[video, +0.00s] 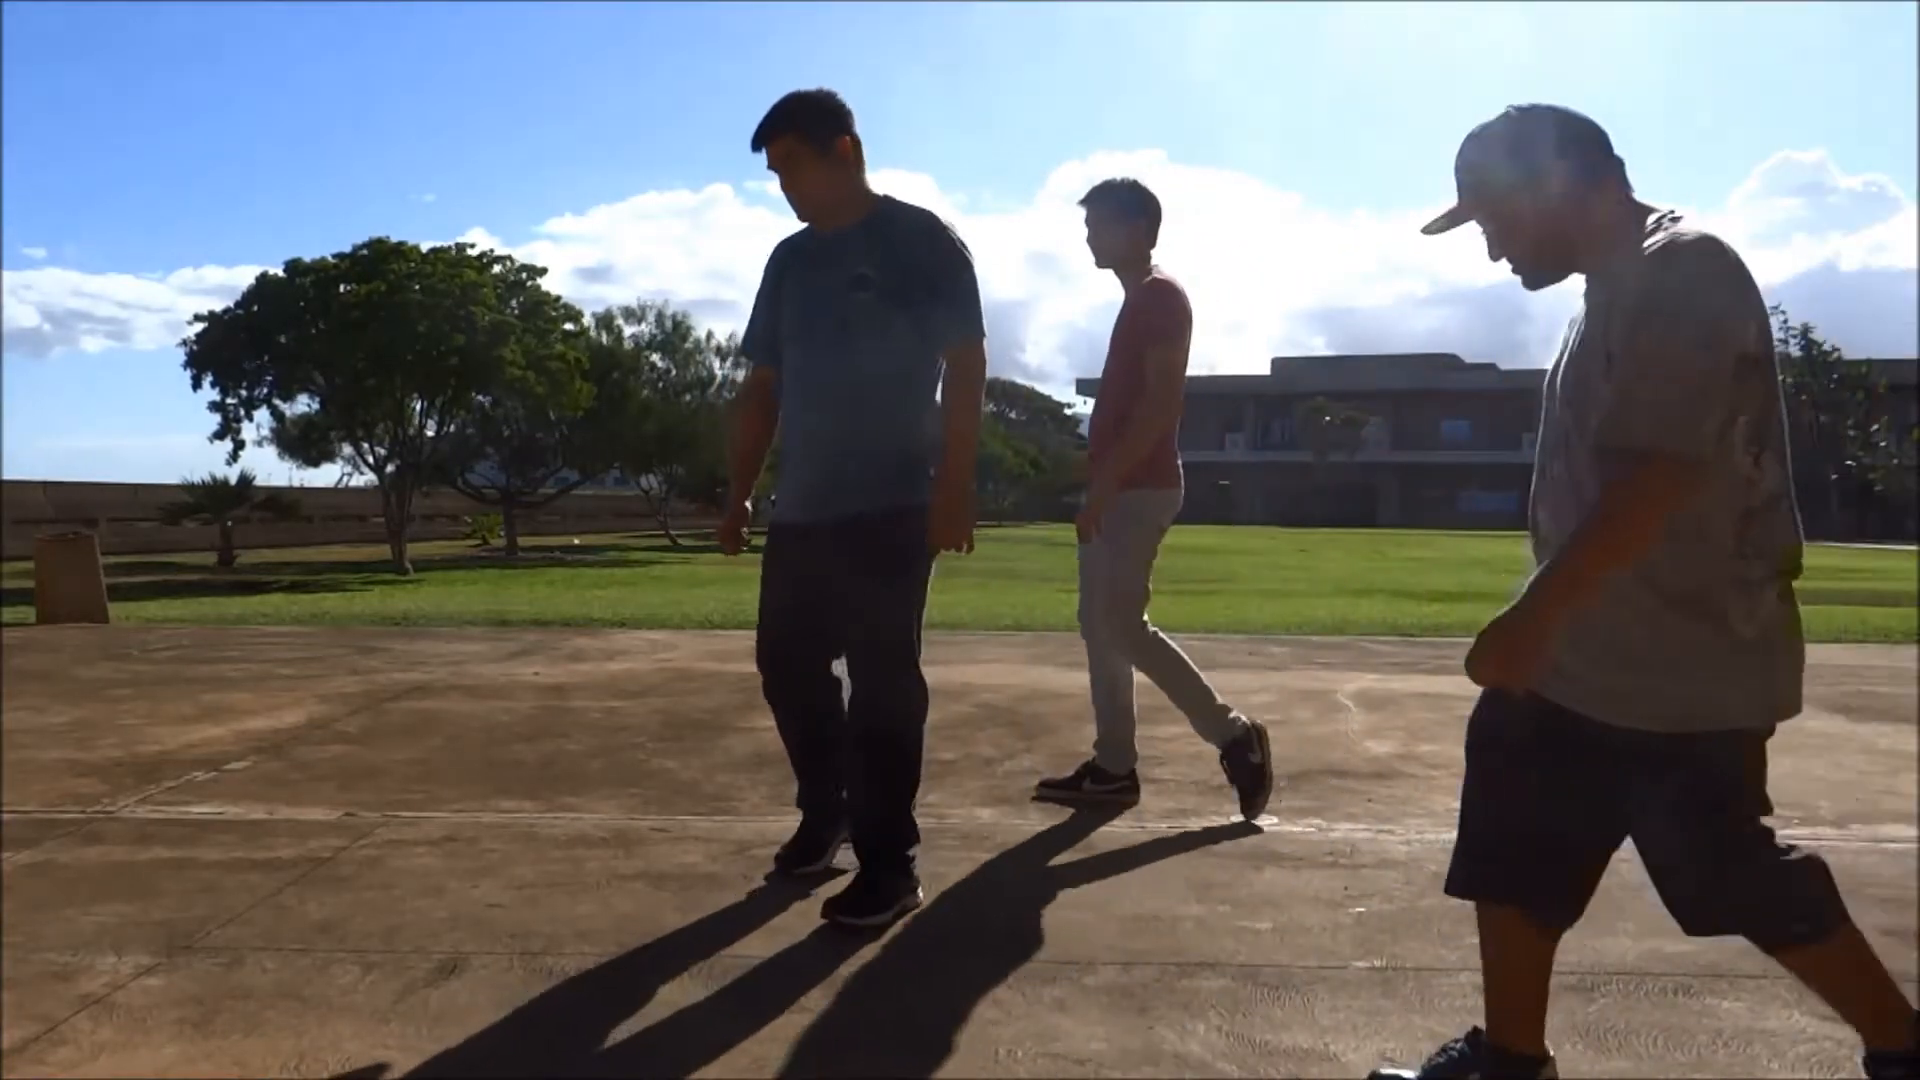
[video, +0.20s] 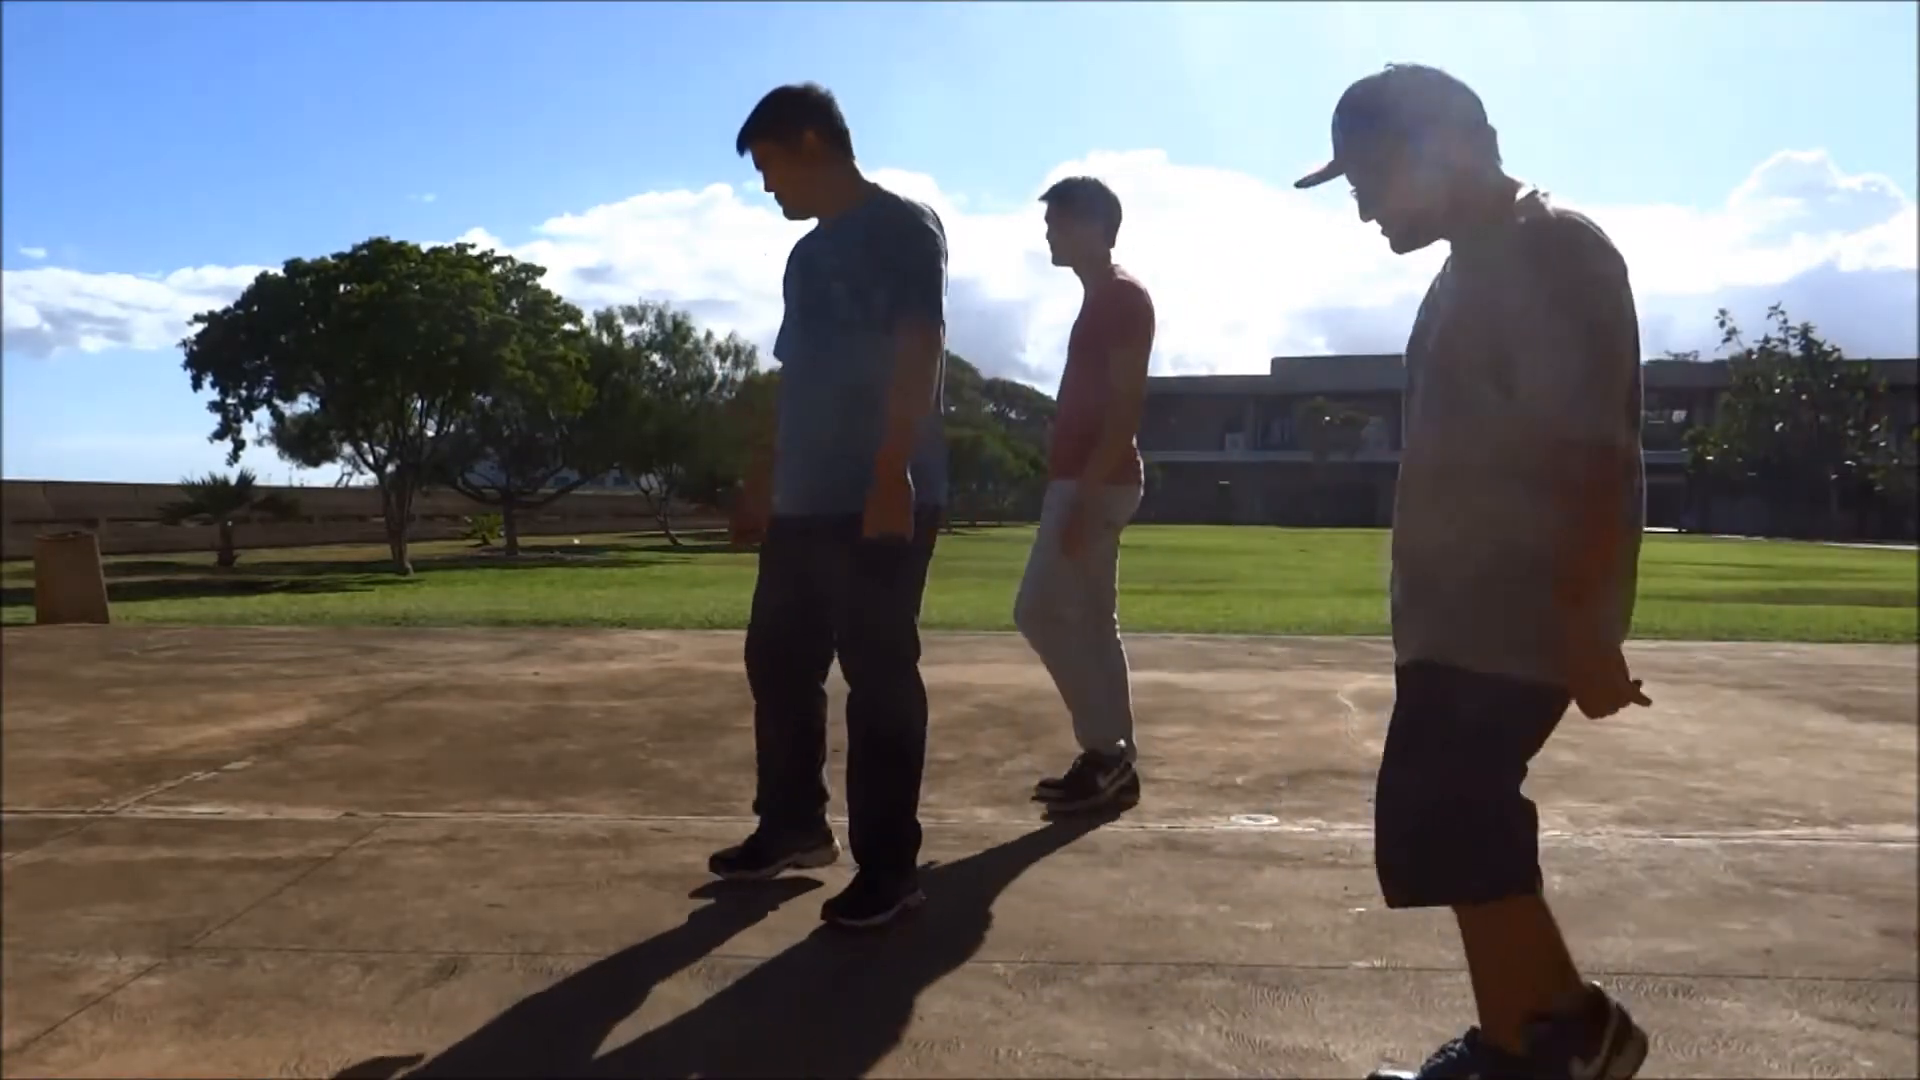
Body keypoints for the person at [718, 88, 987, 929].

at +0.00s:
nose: (784, 189)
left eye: (792, 170)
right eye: (777, 176)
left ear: (844, 150)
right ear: (792, 171)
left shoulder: (922, 237)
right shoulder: (790, 258)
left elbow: (967, 366)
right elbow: (761, 388)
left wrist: (954, 484)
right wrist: (738, 492)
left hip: (890, 502)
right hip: (801, 507)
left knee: (882, 674)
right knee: (786, 663)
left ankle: (888, 863)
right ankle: (827, 809)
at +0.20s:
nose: (766, 187)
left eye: (768, 168)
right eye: (760, 173)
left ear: (813, 145)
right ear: (802, 154)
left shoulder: (904, 225)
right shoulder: (806, 254)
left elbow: (917, 357)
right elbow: (789, 382)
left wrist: (892, 472)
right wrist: (763, 480)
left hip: (884, 499)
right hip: (806, 501)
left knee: (880, 670)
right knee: (778, 659)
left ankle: (887, 866)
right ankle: (792, 826)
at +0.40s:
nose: (752, 196)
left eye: (748, 174)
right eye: (743, 180)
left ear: (784, 148)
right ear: (793, 150)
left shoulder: (860, 217)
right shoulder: (831, 238)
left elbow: (843, 345)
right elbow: (851, 371)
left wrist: (781, 466)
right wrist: (790, 478)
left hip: (864, 500)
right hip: (819, 501)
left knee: (873, 680)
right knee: (776, 663)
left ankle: (886, 869)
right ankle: (731, 826)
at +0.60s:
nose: (721, 202)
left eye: (719, 182)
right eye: (715, 187)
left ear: (750, 153)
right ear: (766, 153)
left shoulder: (821, 216)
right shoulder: (823, 228)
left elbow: (783, 348)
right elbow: (823, 372)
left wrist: (705, 460)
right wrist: (734, 468)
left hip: (835, 501)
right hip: (800, 504)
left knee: (852, 681)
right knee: (769, 672)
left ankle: (884, 871)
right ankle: (734, 841)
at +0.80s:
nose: (686, 208)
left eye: (683, 187)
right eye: (678, 193)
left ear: (714, 161)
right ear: (734, 160)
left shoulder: (773, 221)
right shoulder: (794, 231)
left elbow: (746, 355)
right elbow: (806, 371)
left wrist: (681, 468)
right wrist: (724, 475)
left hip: (792, 500)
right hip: (765, 503)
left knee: (813, 669)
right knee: (735, 667)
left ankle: (876, 860)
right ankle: (727, 841)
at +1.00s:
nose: (651, 213)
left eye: (648, 193)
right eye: (644, 198)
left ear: (679, 166)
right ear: (697, 164)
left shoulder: (731, 227)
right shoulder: (764, 232)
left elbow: (710, 362)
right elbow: (786, 372)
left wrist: (652, 472)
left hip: (738, 491)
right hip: (765, 486)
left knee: (726, 657)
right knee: (734, 656)